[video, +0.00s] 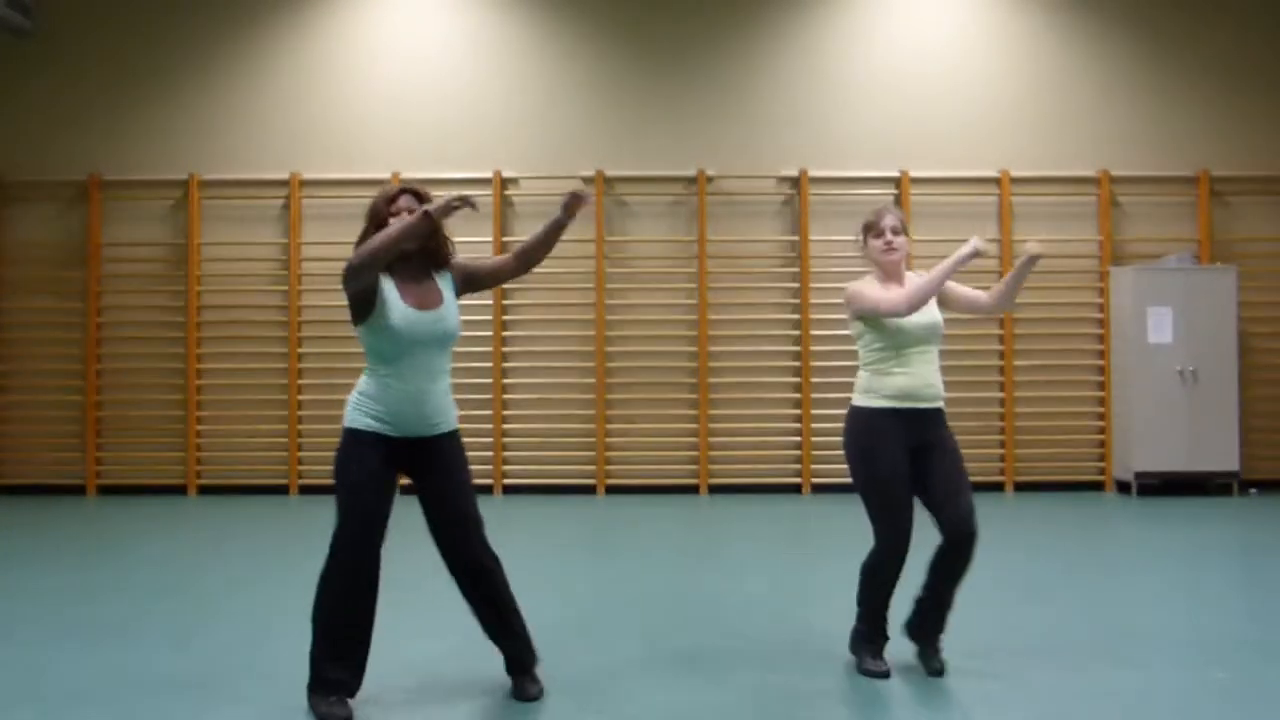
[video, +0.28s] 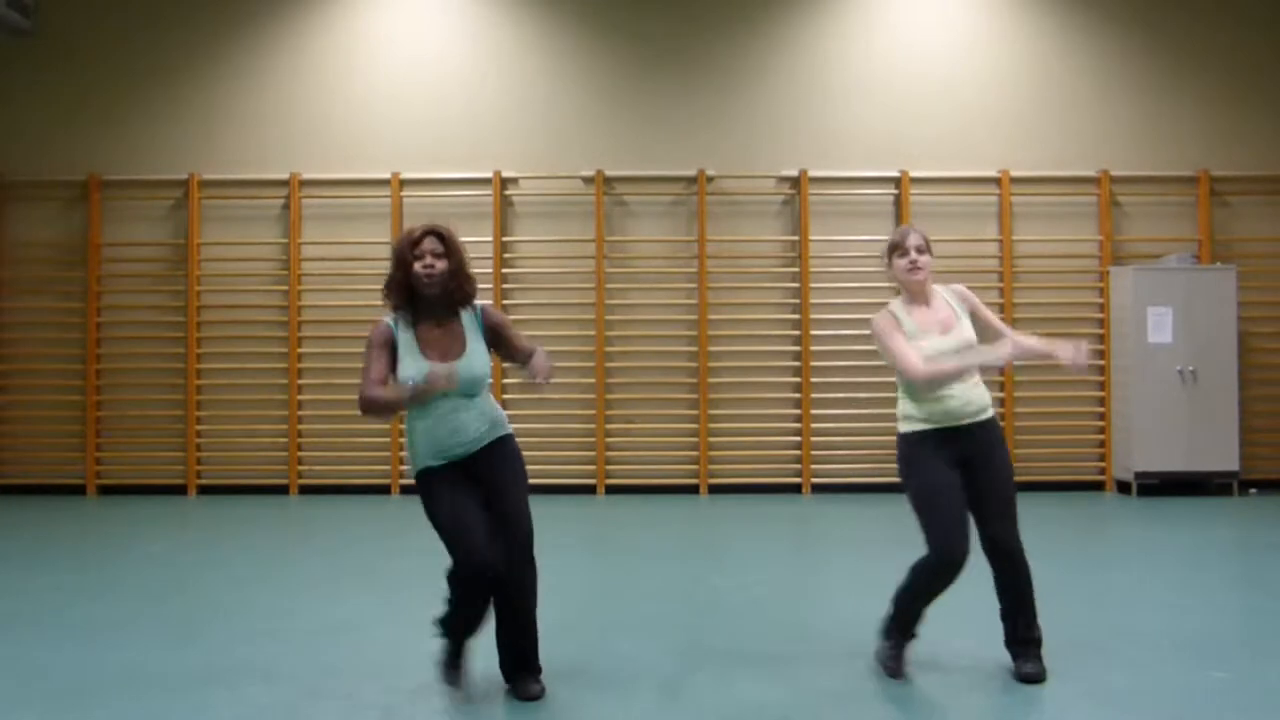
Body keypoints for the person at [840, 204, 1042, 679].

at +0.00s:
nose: (889, 239)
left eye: (896, 232)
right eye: (879, 234)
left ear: (909, 240)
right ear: (865, 246)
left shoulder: (929, 285)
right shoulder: (859, 292)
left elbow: (992, 303)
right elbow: (900, 304)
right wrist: (959, 258)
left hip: (928, 425)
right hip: (875, 426)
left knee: (961, 532)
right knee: (893, 538)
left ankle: (926, 630)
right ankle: (868, 642)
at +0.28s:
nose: (914, 259)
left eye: (921, 251)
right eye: (903, 254)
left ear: (933, 259)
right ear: (890, 266)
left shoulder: (959, 297)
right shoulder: (886, 320)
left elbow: (1006, 340)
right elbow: (918, 374)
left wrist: (1057, 348)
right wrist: (983, 359)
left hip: (982, 433)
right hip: (925, 441)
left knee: (1004, 545)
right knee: (950, 552)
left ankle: (1025, 649)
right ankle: (895, 633)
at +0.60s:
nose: (914, 250)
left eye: (922, 243)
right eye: (904, 244)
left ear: (936, 252)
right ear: (893, 254)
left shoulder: (954, 298)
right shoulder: (880, 299)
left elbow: (941, 351)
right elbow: (827, 322)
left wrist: (876, 321)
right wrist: (808, 309)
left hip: (963, 436)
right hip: (902, 439)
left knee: (988, 543)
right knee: (857, 532)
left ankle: (1026, 647)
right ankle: (857, 632)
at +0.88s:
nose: (863, 250)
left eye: (873, 244)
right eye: (855, 243)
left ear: (887, 253)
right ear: (843, 252)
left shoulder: (896, 301)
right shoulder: (834, 296)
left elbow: (857, 349)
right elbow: (791, 322)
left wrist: (790, 323)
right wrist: (764, 314)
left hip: (880, 434)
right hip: (826, 429)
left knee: (857, 548)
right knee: (811, 549)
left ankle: (915, 623)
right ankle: (827, 647)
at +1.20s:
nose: (803, 241)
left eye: (812, 236)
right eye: (796, 234)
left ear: (827, 248)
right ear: (785, 244)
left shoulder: (831, 292)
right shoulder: (771, 285)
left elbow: (783, 305)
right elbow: (736, 284)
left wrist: (744, 262)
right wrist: (711, 262)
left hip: (823, 433)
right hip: (767, 431)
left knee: (843, 539)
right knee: (706, 519)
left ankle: (870, 644)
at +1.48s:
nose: (742, 261)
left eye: (751, 255)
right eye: (735, 255)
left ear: (768, 263)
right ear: (726, 263)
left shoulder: (779, 313)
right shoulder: (709, 298)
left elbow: (751, 348)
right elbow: (659, 307)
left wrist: (697, 323)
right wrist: (608, 307)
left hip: (742, 443)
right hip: (686, 431)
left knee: (744, 557)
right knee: (656, 546)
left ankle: (806, 624)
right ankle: (639, 641)